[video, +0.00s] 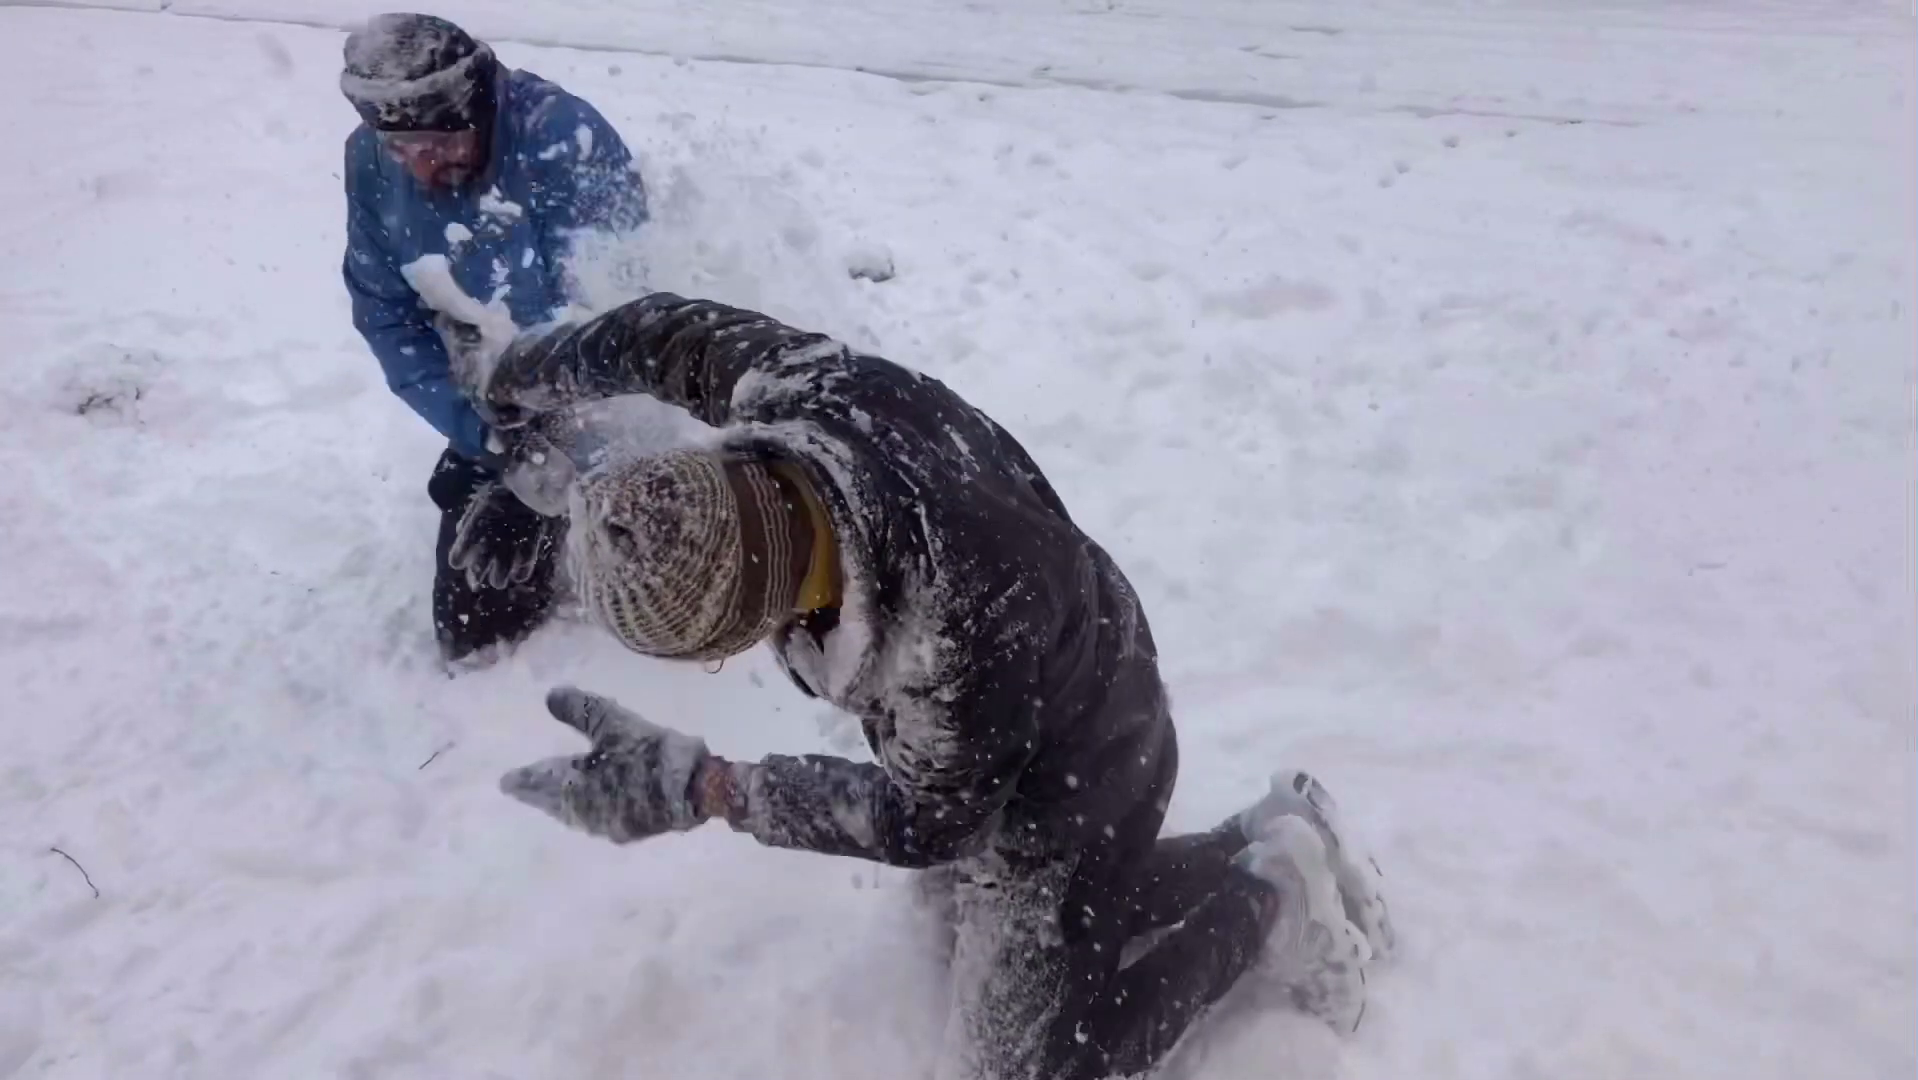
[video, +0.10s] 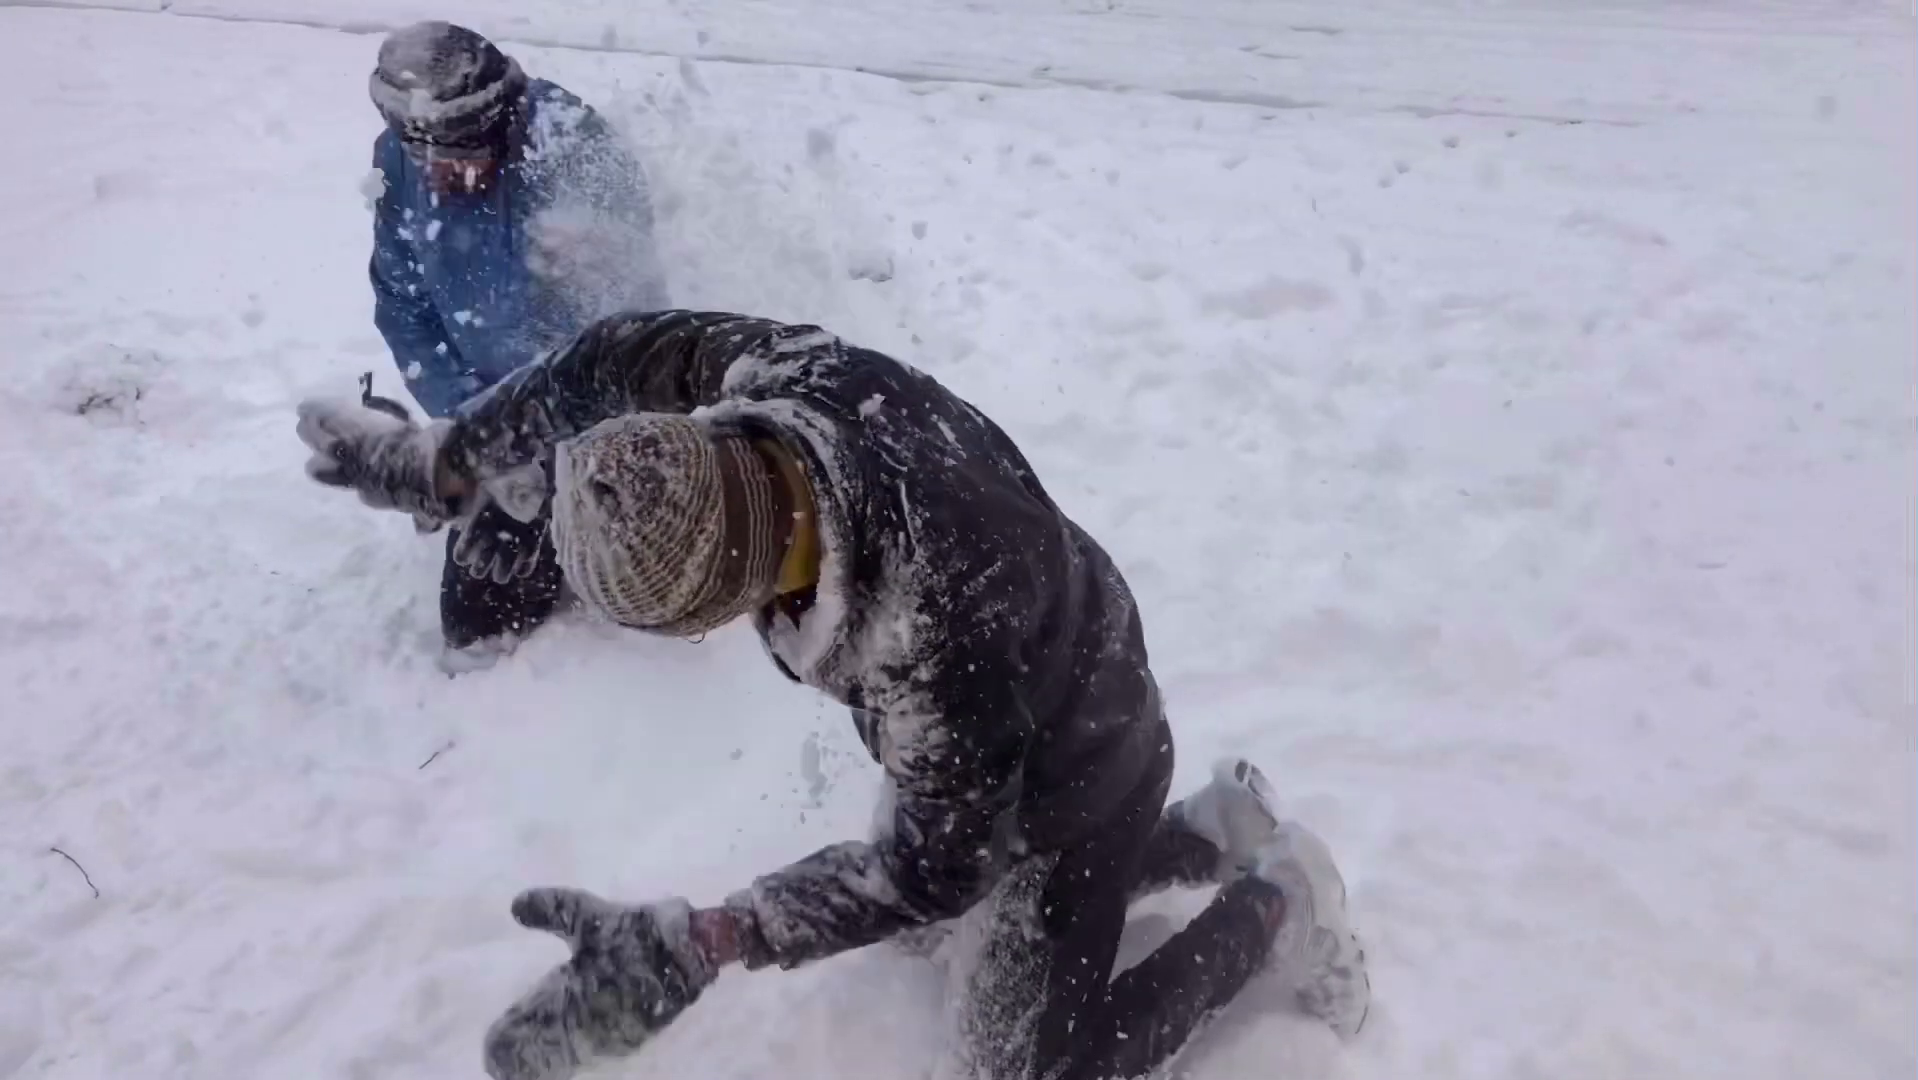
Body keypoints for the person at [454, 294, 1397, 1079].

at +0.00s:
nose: (712, 660)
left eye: (712, 638)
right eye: (680, 640)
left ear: (765, 593)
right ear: (675, 480)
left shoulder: (946, 611)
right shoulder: (786, 390)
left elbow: (927, 820)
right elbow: (657, 332)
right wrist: (529, 389)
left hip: (1079, 756)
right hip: (957, 707)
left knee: (1030, 1051)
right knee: (968, 917)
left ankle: (1278, 875)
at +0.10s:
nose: (682, 629)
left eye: (679, 612)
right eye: (652, 608)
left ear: (732, 573)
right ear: (660, 445)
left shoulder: (914, 634)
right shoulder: (764, 384)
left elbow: (935, 869)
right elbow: (617, 361)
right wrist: (450, 465)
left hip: (1082, 747)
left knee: (1026, 1058)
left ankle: (1267, 902)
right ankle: (1196, 836)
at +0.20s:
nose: (680, 634)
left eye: (684, 617)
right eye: (655, 621)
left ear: (732, 569)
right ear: (620, 476)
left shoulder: (907, 592)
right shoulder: (679, 438)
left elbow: (947, 893)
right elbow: (544, 483)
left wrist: (789, 1058)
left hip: (1072, 716)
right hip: (942, 699)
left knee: (1048, 1051)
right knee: (907, 909)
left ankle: (1268, 907)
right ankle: (1129, 818)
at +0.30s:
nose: (674, 655)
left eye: (678, 633)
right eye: (638, 640)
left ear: (726, 572)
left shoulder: (892, 603)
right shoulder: (649, 490)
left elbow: (929, 920)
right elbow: (551, 642)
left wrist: (832, 1073)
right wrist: (487, 829)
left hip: (1070, 726)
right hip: (925, 710)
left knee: (1024, 1064)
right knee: (847, 881)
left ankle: (1259, 911)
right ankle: (1091, 832)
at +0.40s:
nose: (651, 666)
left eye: (663, 645)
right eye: (625, 651)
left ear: (720, 589)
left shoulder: (893, 597)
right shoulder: (663, 510)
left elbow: (910, 911)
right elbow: (568, 704)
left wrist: (841, 1068)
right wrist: (516, 914)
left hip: (1060, 753)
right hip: (909, 731)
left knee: (1029, 1067)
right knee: (845, 894)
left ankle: (1252, 908)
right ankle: (1065, 846)